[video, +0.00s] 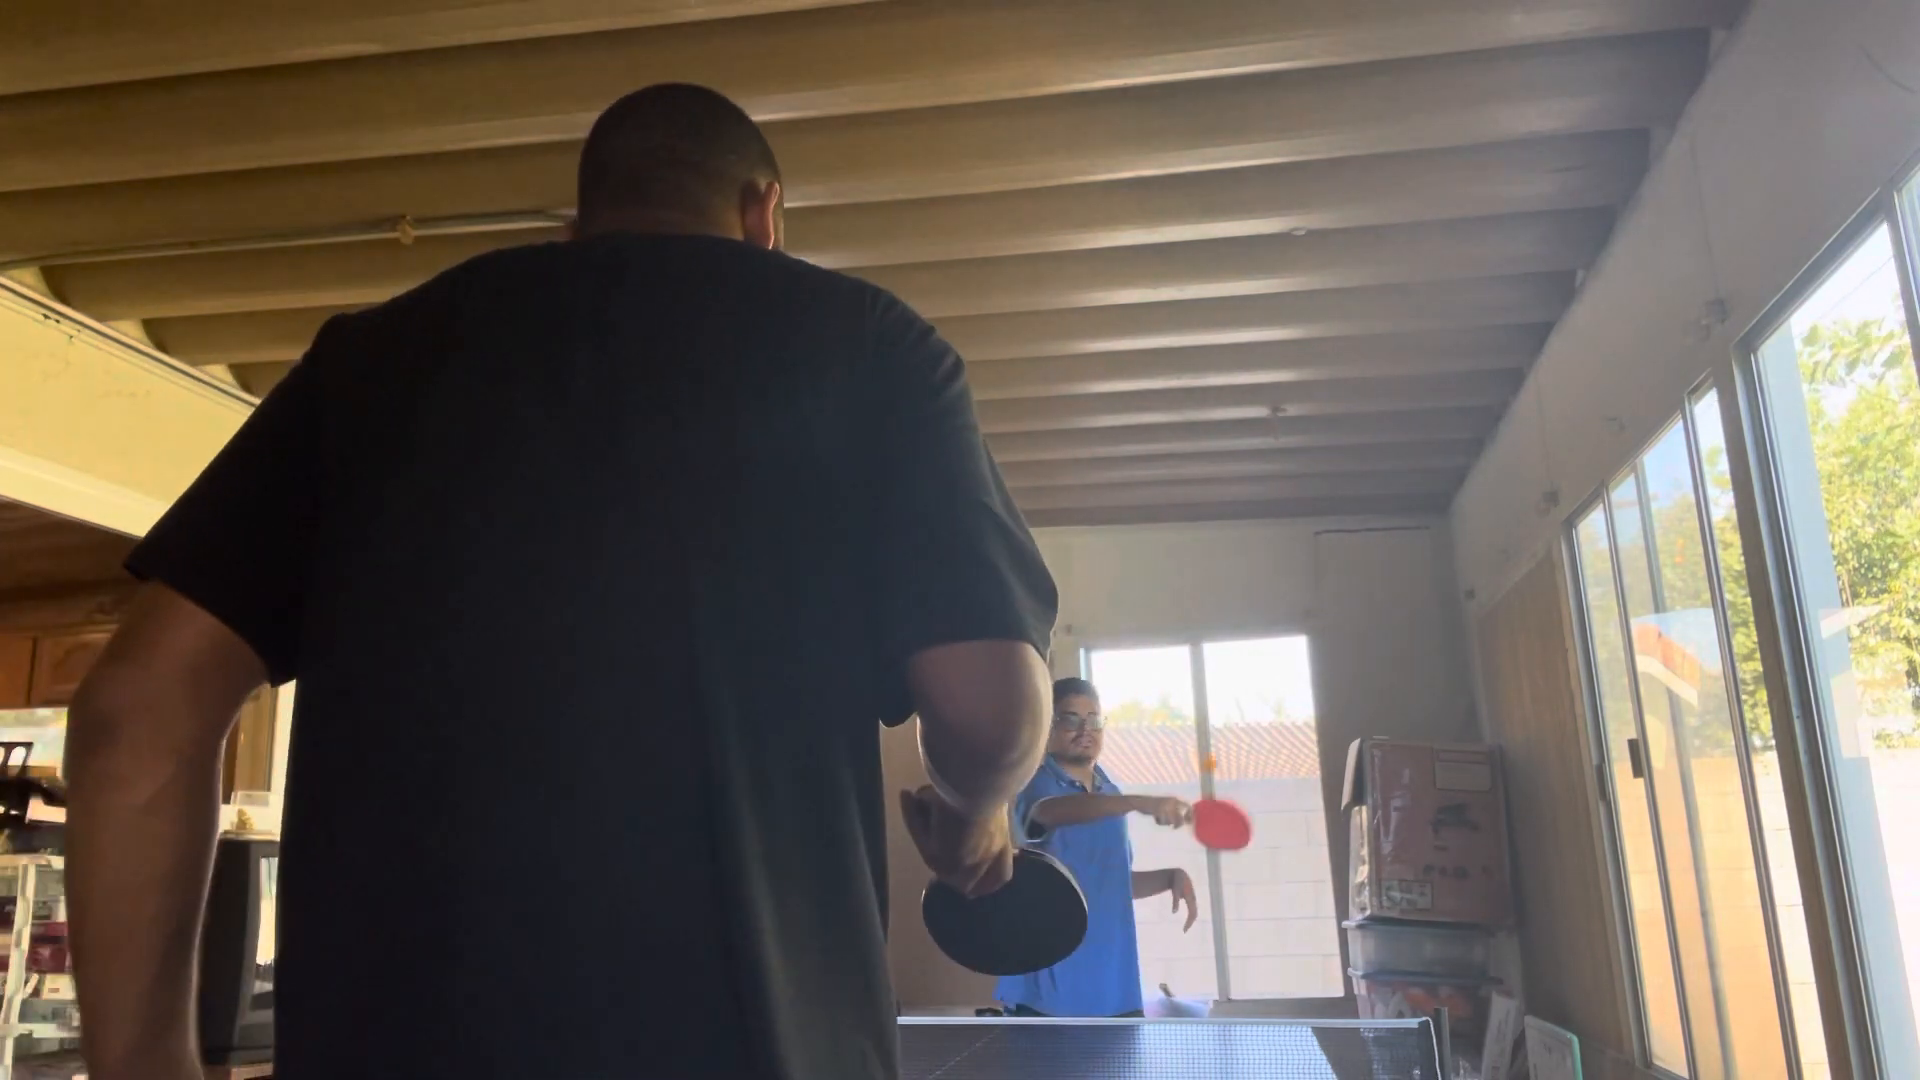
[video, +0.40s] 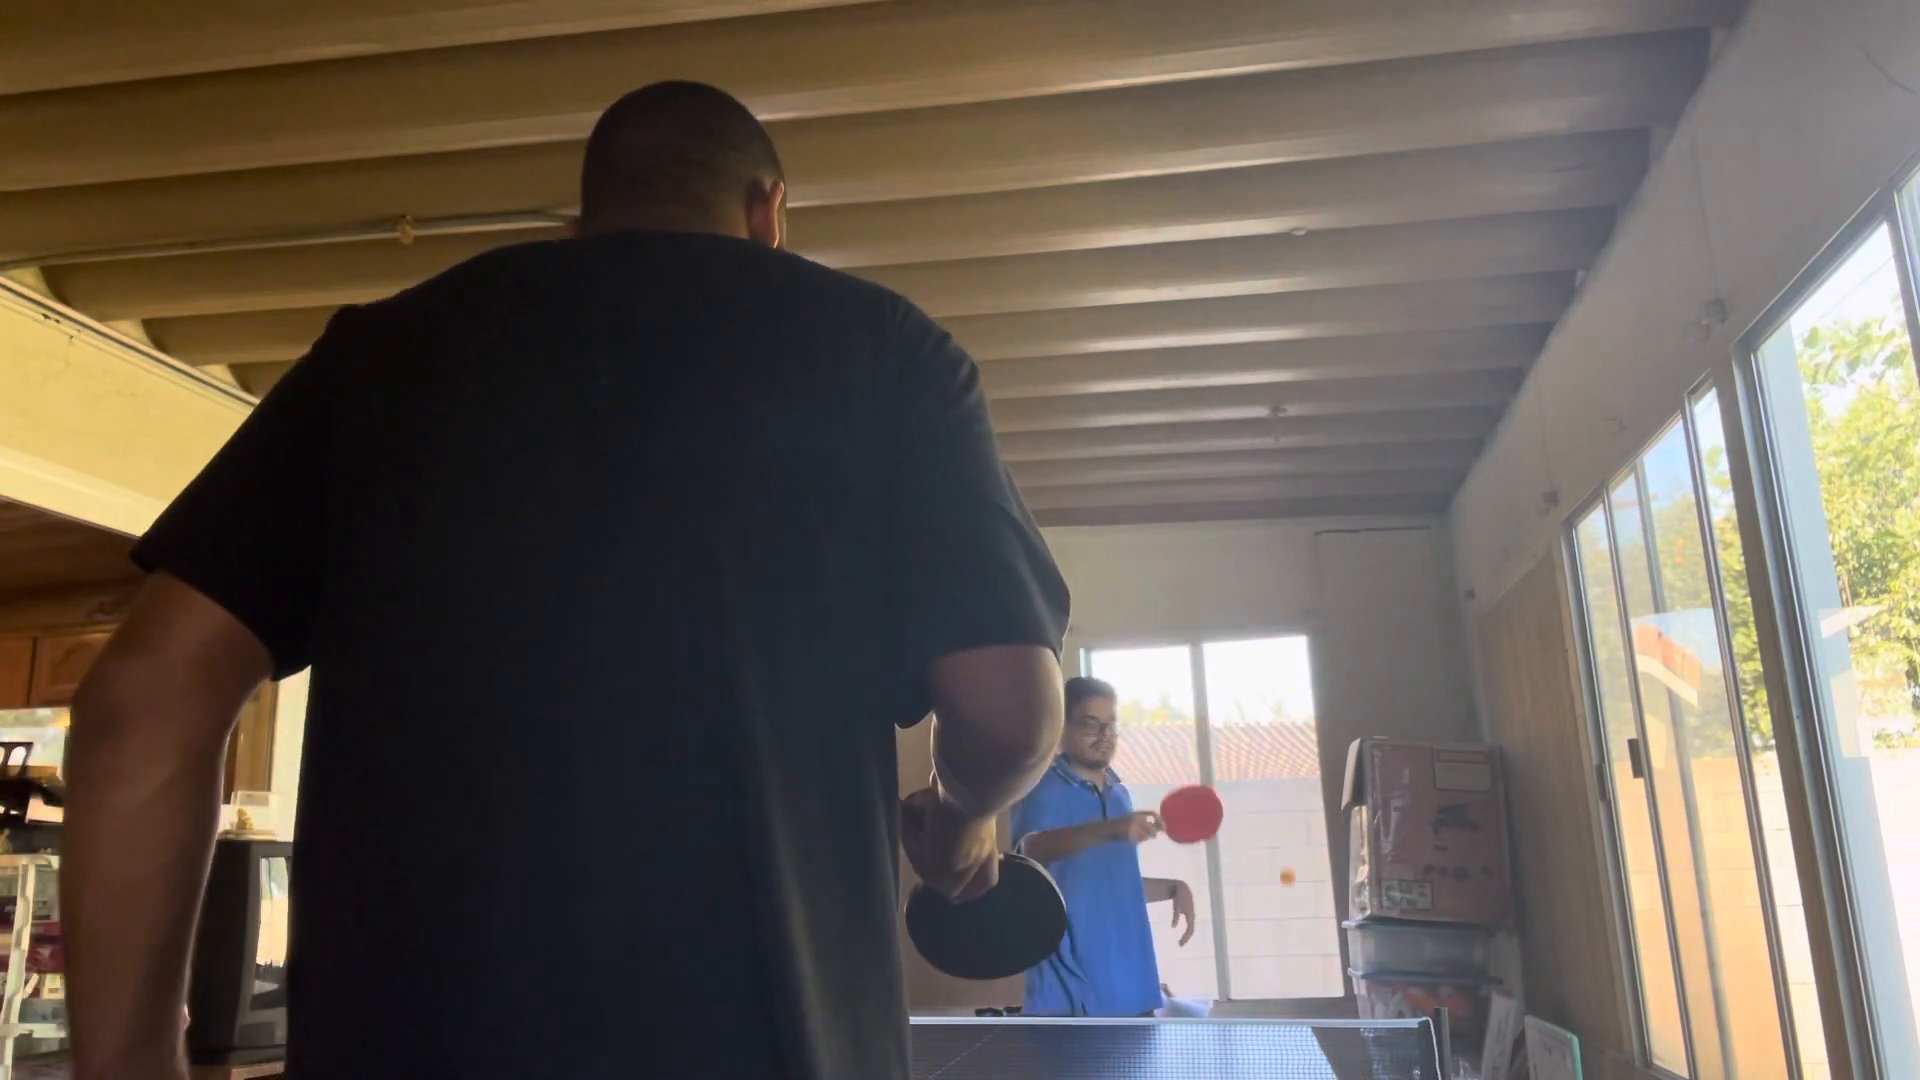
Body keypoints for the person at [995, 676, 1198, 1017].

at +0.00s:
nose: (1086, 730)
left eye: (1095, 720)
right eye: (1070, 720)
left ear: (1104, 728)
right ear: (1046, 728)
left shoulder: (1107, 792)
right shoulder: (1034, 780)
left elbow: (1110, 884)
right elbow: (1047, 811)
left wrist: (1171, 877)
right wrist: (1140, 803)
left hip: (1114, 987)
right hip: (1048, 993)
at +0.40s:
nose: (1104, 736)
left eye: (1111, 725)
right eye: (1090, 724)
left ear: (1117, 728)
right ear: (1061, 727)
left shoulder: (1116, 795)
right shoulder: (1041, 787)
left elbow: (1112, 887)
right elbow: (1028, 849)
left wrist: (1172, 887)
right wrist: (1113, 828)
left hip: (1129, 990)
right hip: (1065, 998)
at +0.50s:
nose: (1109, 737)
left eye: (1115, 727)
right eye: (1096, 726)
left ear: (1121, 728)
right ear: (1064, 728)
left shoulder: (1123, 796)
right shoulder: (1046, 789)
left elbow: (1119, 888)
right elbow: (1027, 859)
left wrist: (1179, 888)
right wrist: (1119, 853)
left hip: (1130, 988)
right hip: (1066, 994)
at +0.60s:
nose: (1119, 737)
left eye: (1124, 727)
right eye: (1106, 726)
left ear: (1130, 728)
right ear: (1072, 729)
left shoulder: (1129, 796)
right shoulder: (1056, 791)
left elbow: (1129, 893)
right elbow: (1075, 869)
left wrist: (1186, 892)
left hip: (1133, 989)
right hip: (1072, 996)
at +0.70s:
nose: (1134, 736)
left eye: (1137, 727)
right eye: (1121, 726)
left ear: (1142, 729)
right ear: (1085, 732)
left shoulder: (1131, 796)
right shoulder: (1083, 790)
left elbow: (1136, 888)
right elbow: (1145, 866)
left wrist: (1197, 898)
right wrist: (1251, 894)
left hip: (1122, 984)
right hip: (1079, 987)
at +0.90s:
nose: (1160, 737)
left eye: (1164, 728)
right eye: (1147, 726)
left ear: (1169, 731)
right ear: (1113, 729)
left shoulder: (1133, 787)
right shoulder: (1109, 786)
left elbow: (1127, 889)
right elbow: (1147, 867)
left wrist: (1183, 910)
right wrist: (1240, 854)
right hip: (1104, 988)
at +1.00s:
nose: (1160, 734)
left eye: (1166, 725)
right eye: (1146, 722)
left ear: (1172, 730)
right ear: (1115, 728)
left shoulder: (1146, 791)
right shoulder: (1111, 787)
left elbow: (1151, 877)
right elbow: (1125, 870)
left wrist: (1180, 923)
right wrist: (1204, 851)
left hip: (1158, 985)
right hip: (1118, 987)